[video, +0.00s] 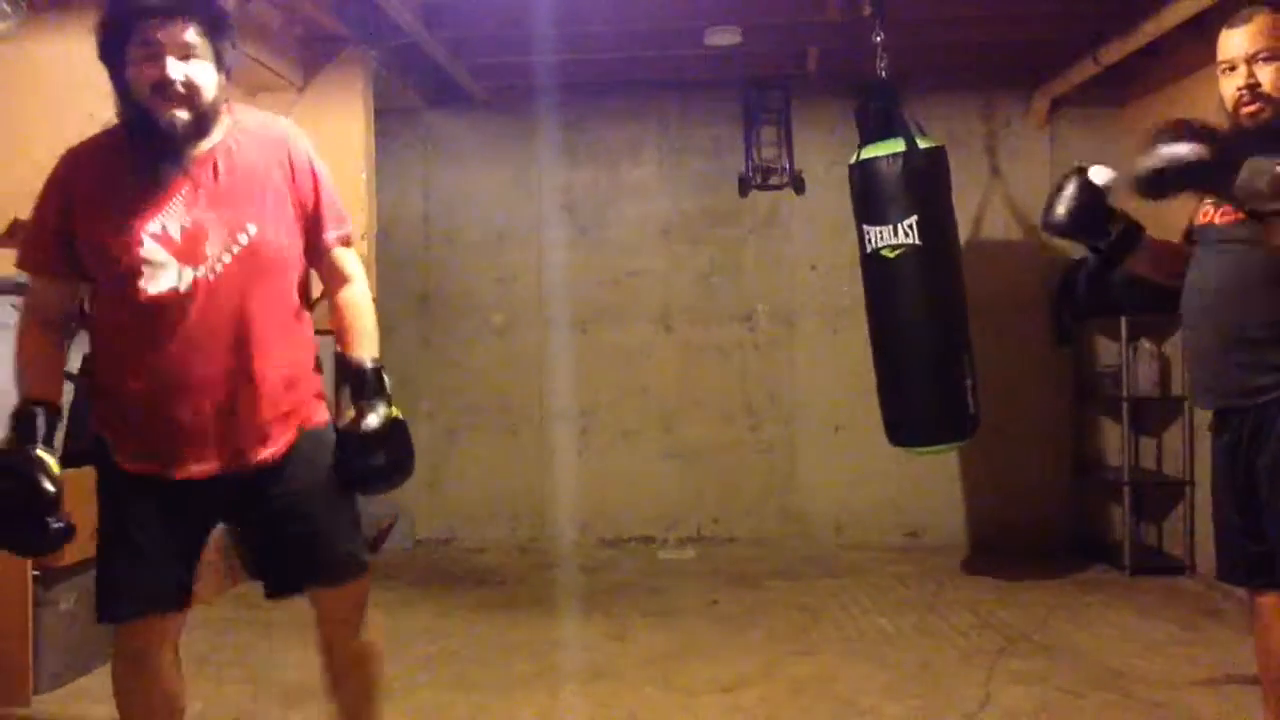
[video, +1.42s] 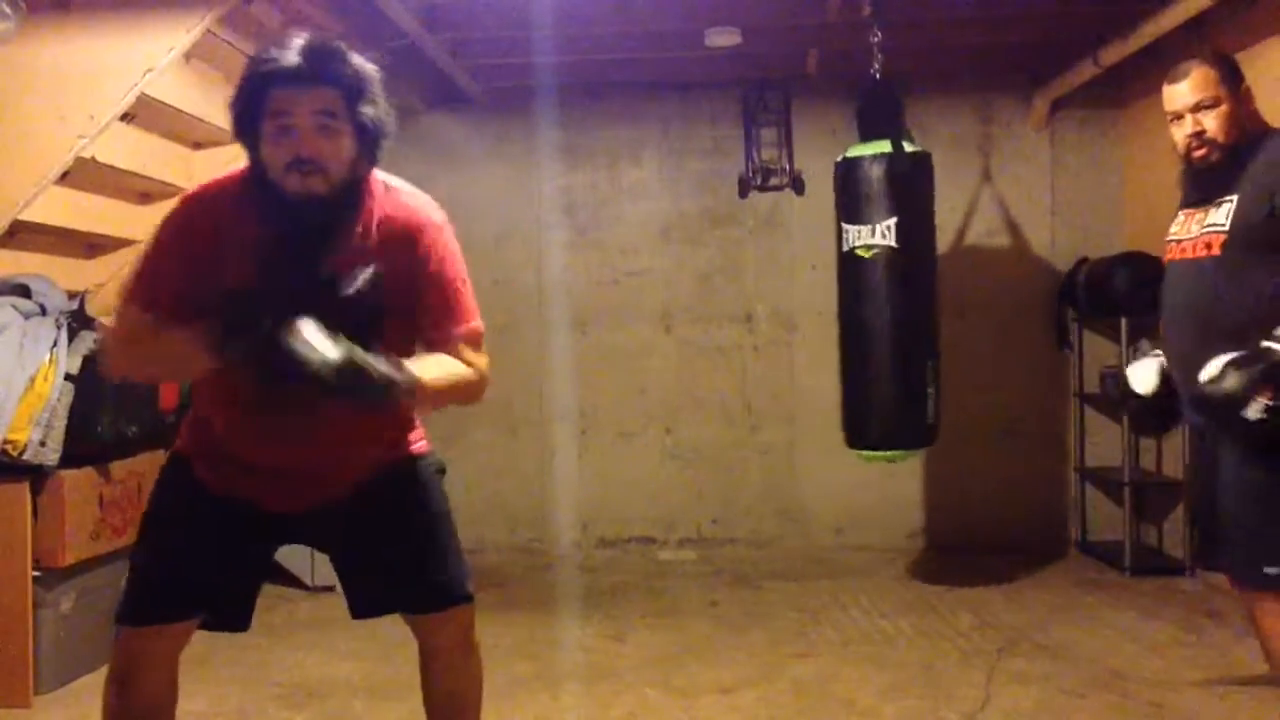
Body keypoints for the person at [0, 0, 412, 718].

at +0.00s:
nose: (170, 74)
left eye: (188, 53)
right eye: (149, 55)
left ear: (221, 62)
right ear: (120, 68)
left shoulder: (283, 152)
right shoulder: (83, 175)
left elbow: (345, 275)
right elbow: (47, 317)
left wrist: (369, 395)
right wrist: (33, 443)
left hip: (283, 439)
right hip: (148, 456)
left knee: (346, 598)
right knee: (142, 639)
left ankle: (363, 715)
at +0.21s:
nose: (229, 101)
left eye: (250, 81)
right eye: (208, 82)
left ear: (288, 88)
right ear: (180, 92)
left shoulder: (342, 176)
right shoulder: (145, 186)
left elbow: (407, 303)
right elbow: (96, 318)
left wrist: (423, 431)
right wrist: (82, 446)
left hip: (327, 460)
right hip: (191, 467)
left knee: (398, 622)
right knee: (158, 641)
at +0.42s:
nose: (334, 130)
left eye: (356, 111)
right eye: (312, 109)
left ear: (388, 121)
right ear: (279, 115)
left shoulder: (432, 203)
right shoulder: (233, 206)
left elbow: (499, 334)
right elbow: (177, 329)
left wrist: (503, 460)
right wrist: (153, 461)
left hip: (400, 459)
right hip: (259, 462)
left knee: (451, 617)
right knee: (198, 631)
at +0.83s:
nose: (423, 158)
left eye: (446, 140)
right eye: (402, 136)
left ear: (477, 153)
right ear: (369, 143)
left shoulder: (506, 243)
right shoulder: (298, 223)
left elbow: (533, 358)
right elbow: (226, 343)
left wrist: (507, 462)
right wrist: (245, 449)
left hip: (429, 468)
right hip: (290, 462)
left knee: (482, 617)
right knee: (212, 630)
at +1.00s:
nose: (387, 163)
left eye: (411, 145)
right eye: (365, 142)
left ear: (443, 158)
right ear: (333, 150)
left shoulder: (474, 244)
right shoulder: (272, 223)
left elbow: (522, 378)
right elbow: (228, 381)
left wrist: (480, 471)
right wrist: (344, 382)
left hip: (403, 466)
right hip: (260, 461)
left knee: (467, 616)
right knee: (183, 634)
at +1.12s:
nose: (353, 164)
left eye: (376, 144)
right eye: (332, 143)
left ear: (411, 155)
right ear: (301, 151)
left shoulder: (454, 237)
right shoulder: (253, 225)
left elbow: (501, 377)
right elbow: (235, 393)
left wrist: (450, 405)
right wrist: (341, 354)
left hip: (390, 460)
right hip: (245, 456)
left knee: (456, 619)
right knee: (161, 634)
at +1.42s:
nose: (303, 144)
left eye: (326, 123)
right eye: (280, 125)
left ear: (364, 136)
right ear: (252, 140)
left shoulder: (411, 224)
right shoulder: (205, 218)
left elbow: (469, 371)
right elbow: (122, 354)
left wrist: (387, 377)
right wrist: (237, 337)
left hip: (374, 462)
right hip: (224, 462)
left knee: (449, 619)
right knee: (144, 638)